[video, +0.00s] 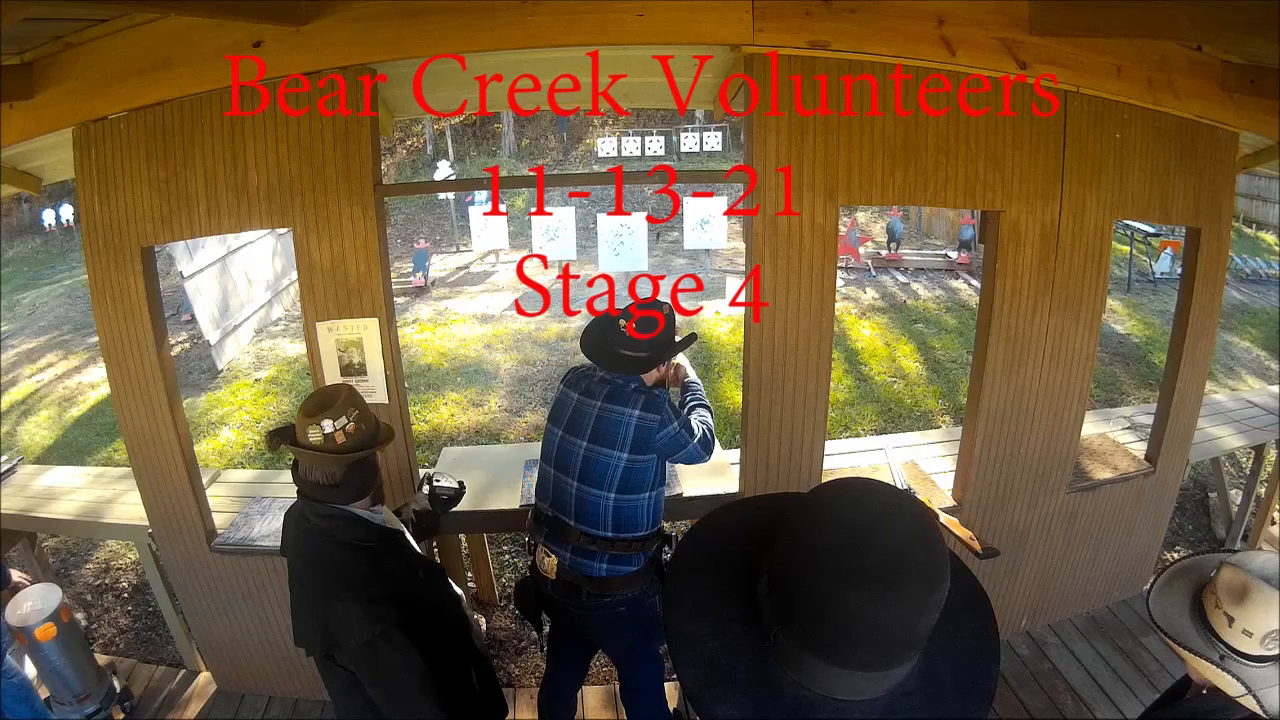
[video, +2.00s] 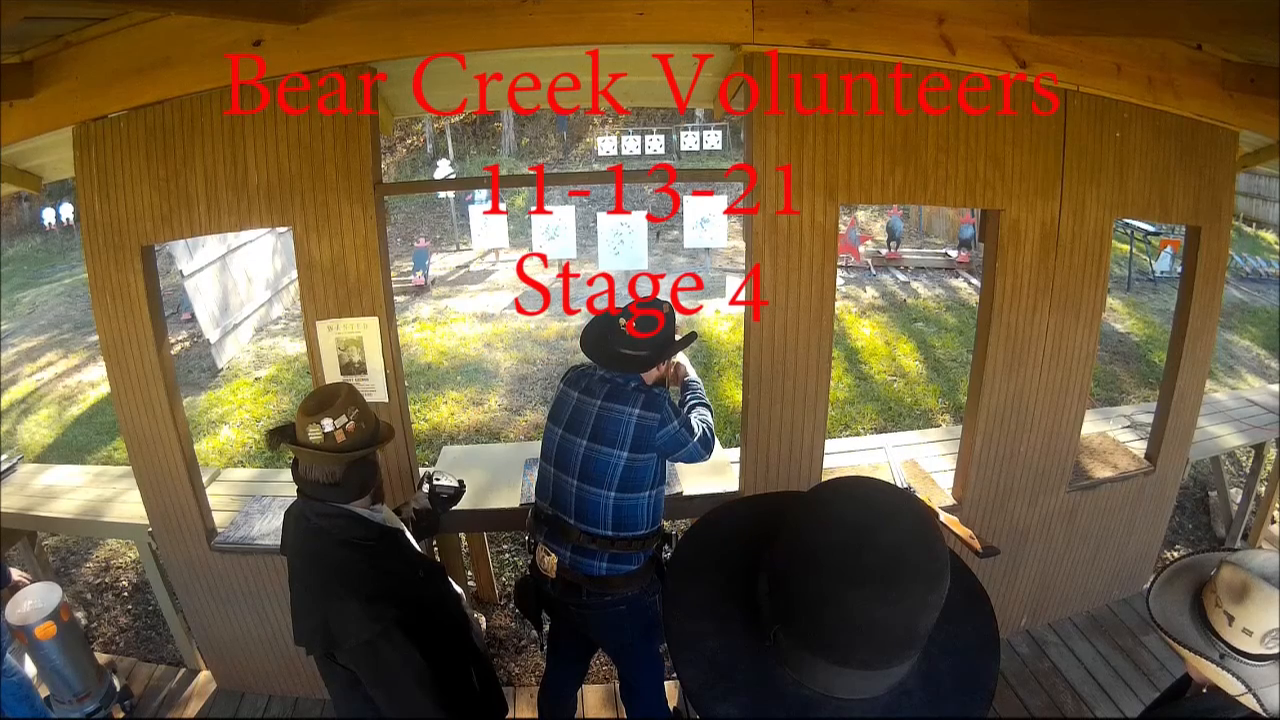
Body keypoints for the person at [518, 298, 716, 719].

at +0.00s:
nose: (668, 360)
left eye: (667, 354)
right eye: (666, 354)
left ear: (607, 350)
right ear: (652, 364)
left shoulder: (571, 383)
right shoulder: (653, 412)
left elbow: (615, 392)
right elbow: (701, 445)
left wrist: (651, 379)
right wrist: (690, 380)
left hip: (558, 577)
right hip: (619, 590)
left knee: (558, 685)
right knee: (645, 690)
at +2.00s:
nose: (668, 359)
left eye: (667, 352)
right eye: (666, 353)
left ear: (607, 349)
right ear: (653, 364)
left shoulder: (572, 382)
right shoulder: (654, 412)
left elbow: (616, 394)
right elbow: (702, 444)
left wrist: (651, 378)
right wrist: (691, 380)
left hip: (556, 577)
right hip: (618, 590)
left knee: (559, 681)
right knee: (645, 688)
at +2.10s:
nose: (668, 360)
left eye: (667, 353)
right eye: (665, 353)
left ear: (607, 349)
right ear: (652, 364)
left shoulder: (572, 381)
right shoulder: (653, 411)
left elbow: (616, 395)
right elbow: (702, 444)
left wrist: (651, 379)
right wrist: (691, 379)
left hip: (556, 577)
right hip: (618, 589)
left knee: (559, 681)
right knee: (645, 687)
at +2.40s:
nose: (668, 360)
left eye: (668, 354)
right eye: (665, 354)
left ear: (607, 348)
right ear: (651, 363)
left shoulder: (571, 382)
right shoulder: (653, 411)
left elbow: (614, 392)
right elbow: (701, 444)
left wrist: (651, 378)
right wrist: (691, 380)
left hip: (557, 576)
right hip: (620, 588)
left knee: (559, 678)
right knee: (644, 683)